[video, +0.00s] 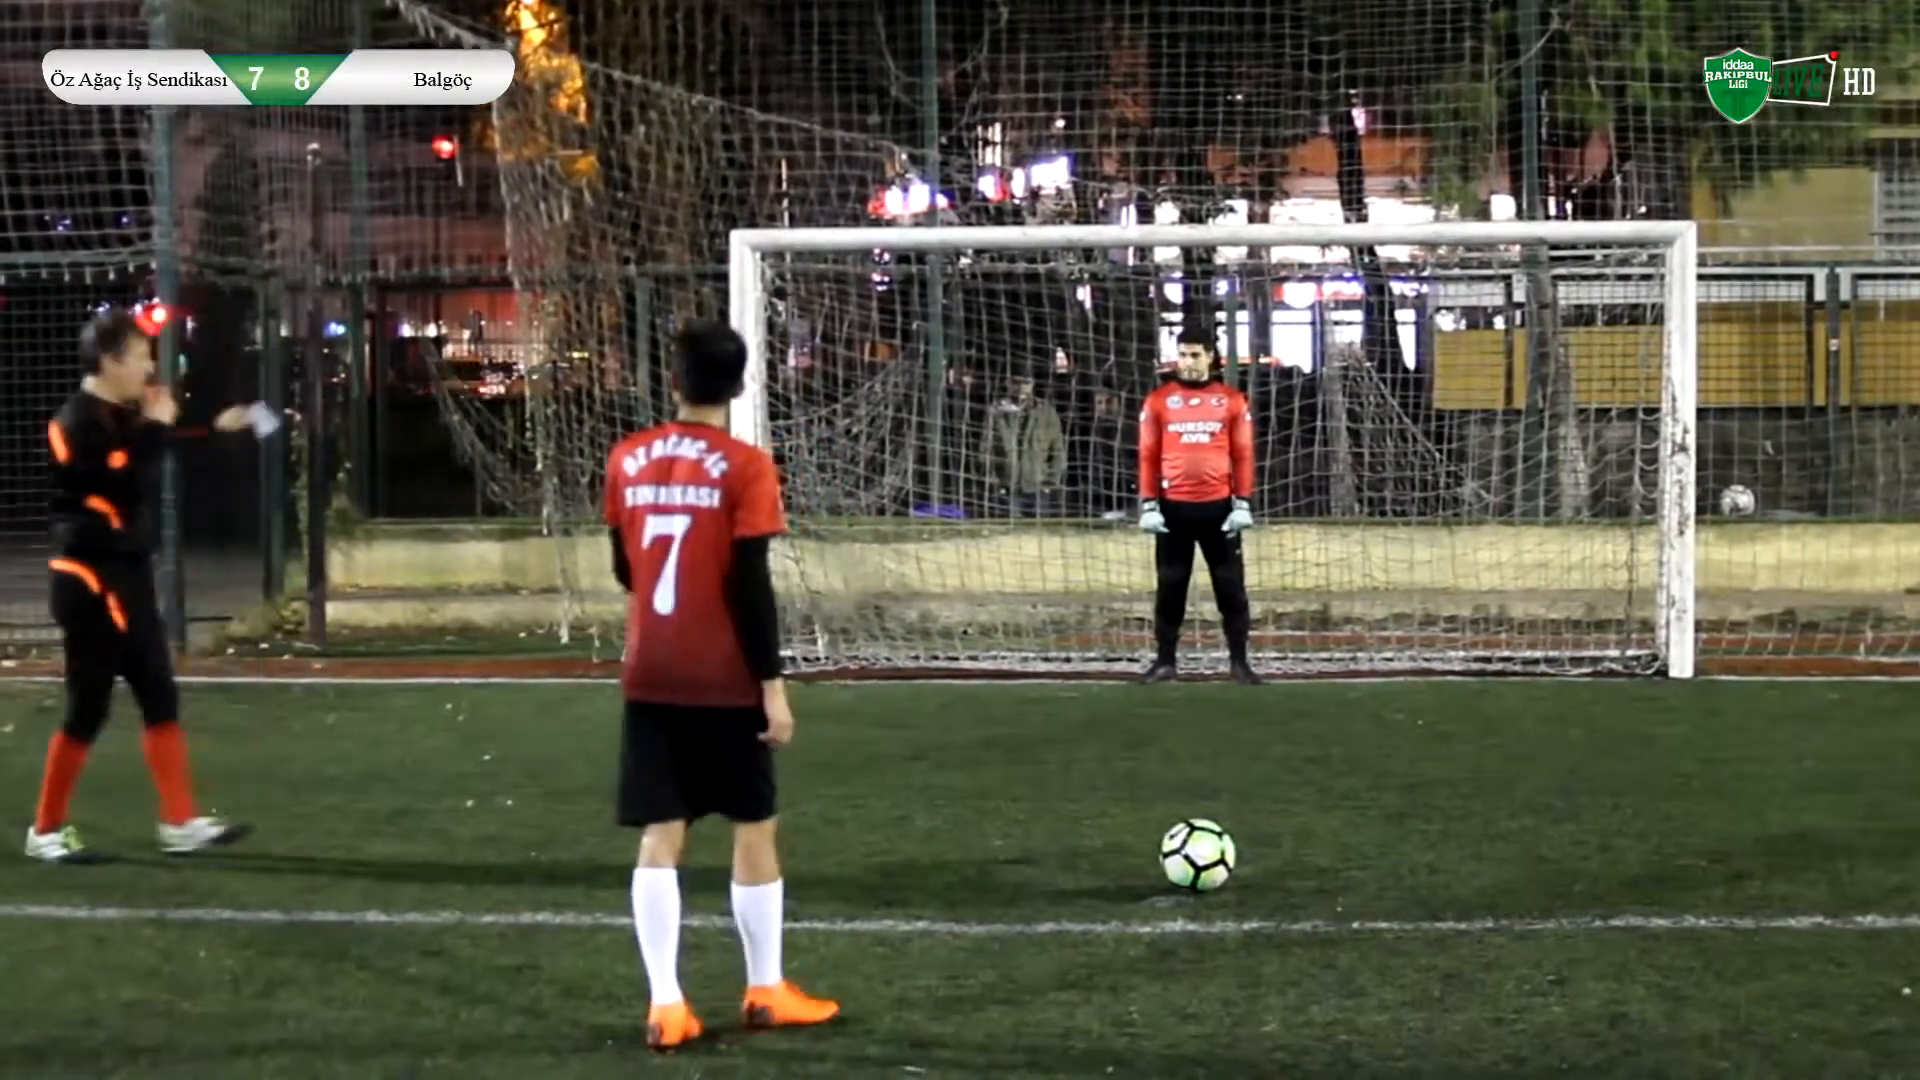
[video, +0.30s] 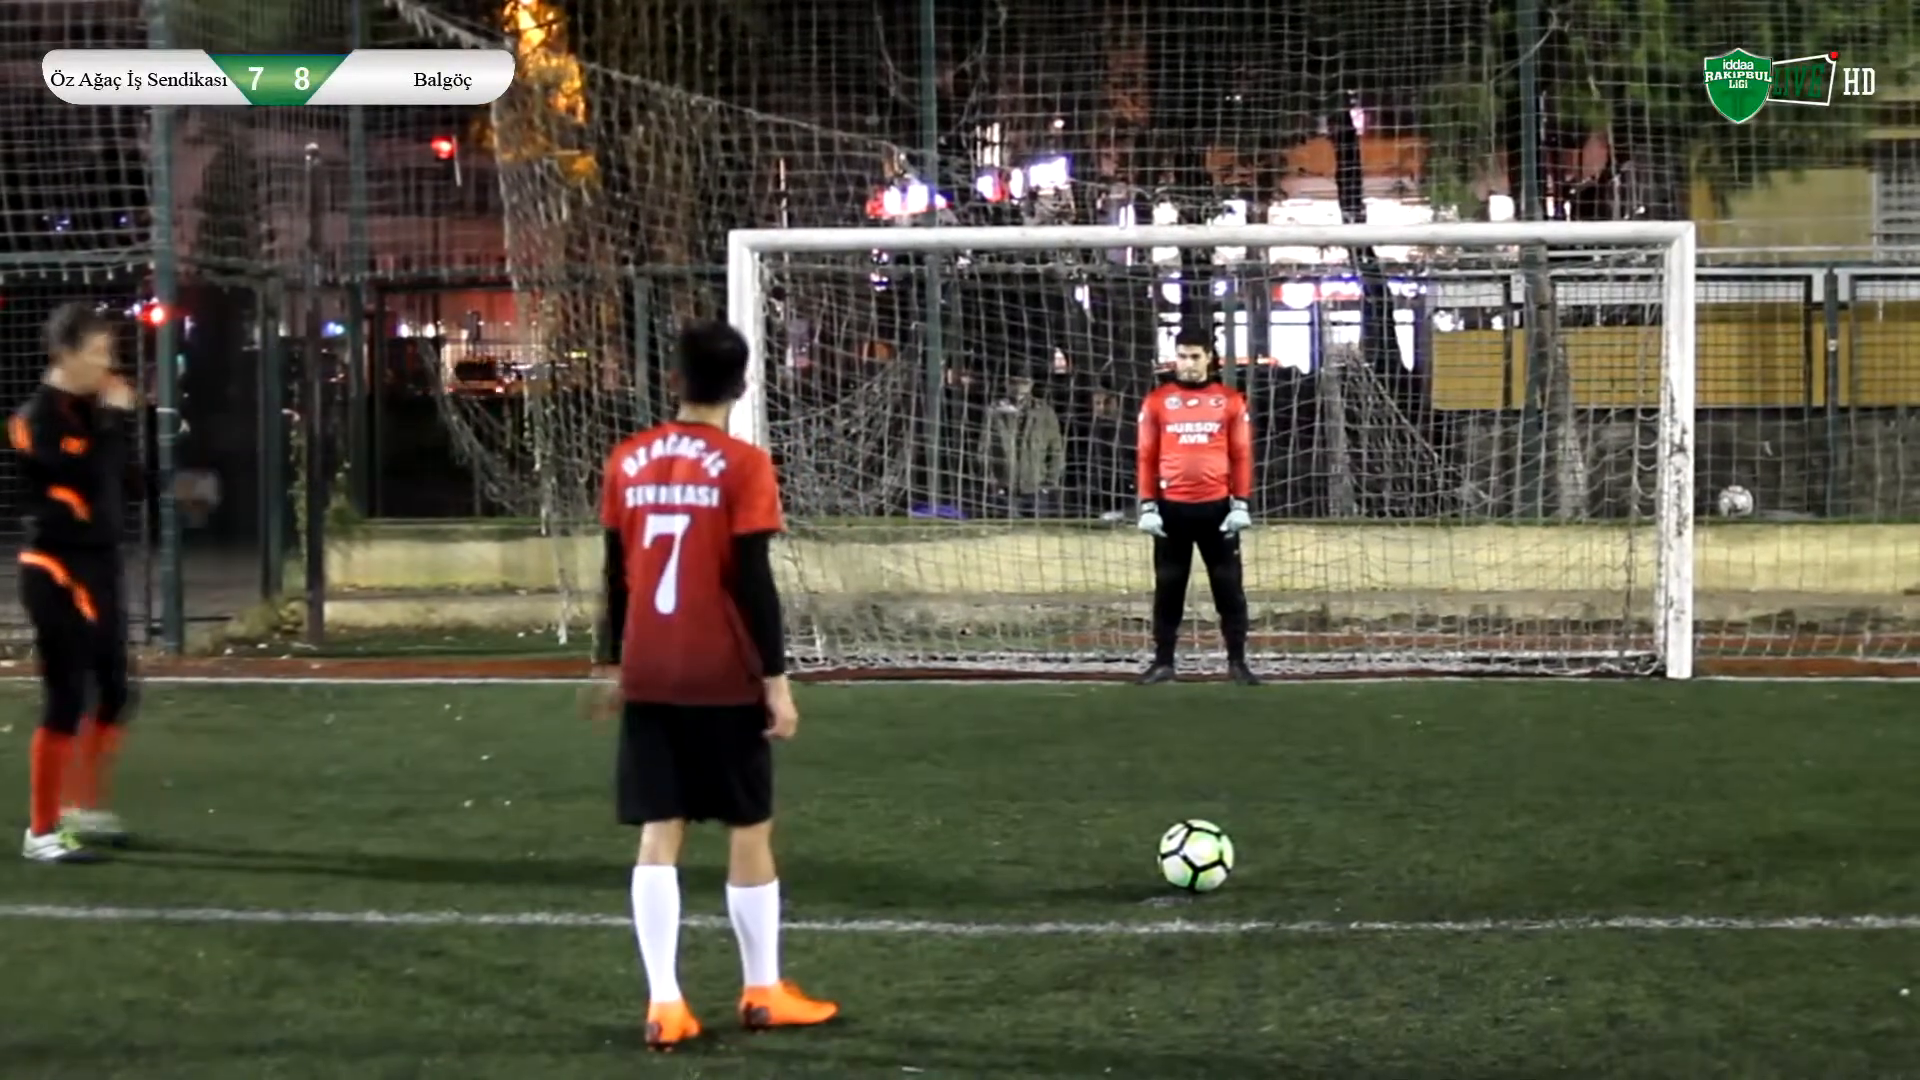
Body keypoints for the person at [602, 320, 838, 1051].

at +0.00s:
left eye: (697, 371)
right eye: (735, 379)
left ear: (677, 380)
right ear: (740, 385)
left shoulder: (628, 457)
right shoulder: (749, 465)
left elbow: (628, 571)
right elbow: (750, 582)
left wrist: (692, 592)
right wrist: (771, 680)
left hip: (650, 678)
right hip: (728, 679)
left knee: (661, 830)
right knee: (756, 825)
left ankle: (665, 1001)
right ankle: (768, 986)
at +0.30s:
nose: (729, 387)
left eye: (691, 372)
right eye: (738, 378)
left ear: (677, 380)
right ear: (741, 385)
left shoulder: (627, 459)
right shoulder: (747, 464)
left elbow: (617, 576)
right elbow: (752, 574)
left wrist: (611, 659)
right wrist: (776, 674)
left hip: (648, 677)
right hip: (727, 679)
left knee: (660, 828)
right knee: (751, 826)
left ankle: (663, 999)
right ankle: (764, 986)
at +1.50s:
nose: (799, 415)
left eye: (797, 403)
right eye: (798, 404)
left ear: (735, 396)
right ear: (785, 406)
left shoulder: (666, 462)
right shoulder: (781, 473)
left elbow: (641, 577)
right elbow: (772, 578)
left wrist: (693, 625)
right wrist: (788, 679)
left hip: (655, 670)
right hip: (732, 675)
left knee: (663, 828)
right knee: (757, 826)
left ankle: (663, 1002)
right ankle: (765, 987)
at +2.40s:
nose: (863, 462)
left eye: (861, 451)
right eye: (863, 451)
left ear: (802, 447)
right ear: (852, 450)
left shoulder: (747, 503)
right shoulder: (843, 500)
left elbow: (713, 604)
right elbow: (818, 573)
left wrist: (740, 667)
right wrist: (812, 677)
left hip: (720, 690)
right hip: (789, 689)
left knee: (699, 833)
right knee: (863, 792)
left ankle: (666, 999)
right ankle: (868, 953)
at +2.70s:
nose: (926, 490)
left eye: (923, 481)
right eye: (924, 480)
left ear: (866, 475)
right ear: (912, 478)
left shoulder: (819, 523)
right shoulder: (915, 528)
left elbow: (798, 614)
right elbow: (910, 602)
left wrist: (812, 667)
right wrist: (900, 672)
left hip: (802, 697)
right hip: (870, 698)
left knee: (784, 832)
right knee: (933, 814)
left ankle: (707, 961)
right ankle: (897, 963)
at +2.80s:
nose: (944, 489)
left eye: (942, 480)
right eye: (942, 480)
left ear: (883, 480)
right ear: (932, 481)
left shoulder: (850, 522)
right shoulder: (940, 526)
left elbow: (813, 567)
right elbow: (946, 593)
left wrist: (864, 606)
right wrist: (968, 686)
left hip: (830, 697)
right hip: (896, 698)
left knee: (834, 846)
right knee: (950, 822)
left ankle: (747, 934)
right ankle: (900, 965)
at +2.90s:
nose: (960, 480)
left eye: (958, 470)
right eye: (957, 470)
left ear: (899, 471)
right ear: (949, 472)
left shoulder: (860, 518)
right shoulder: (960, 525)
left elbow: (821, 538)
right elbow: (1006, 607)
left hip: (860, 695)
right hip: (919, 696)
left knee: (920, 827)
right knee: (964, 826)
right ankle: (905, 960)